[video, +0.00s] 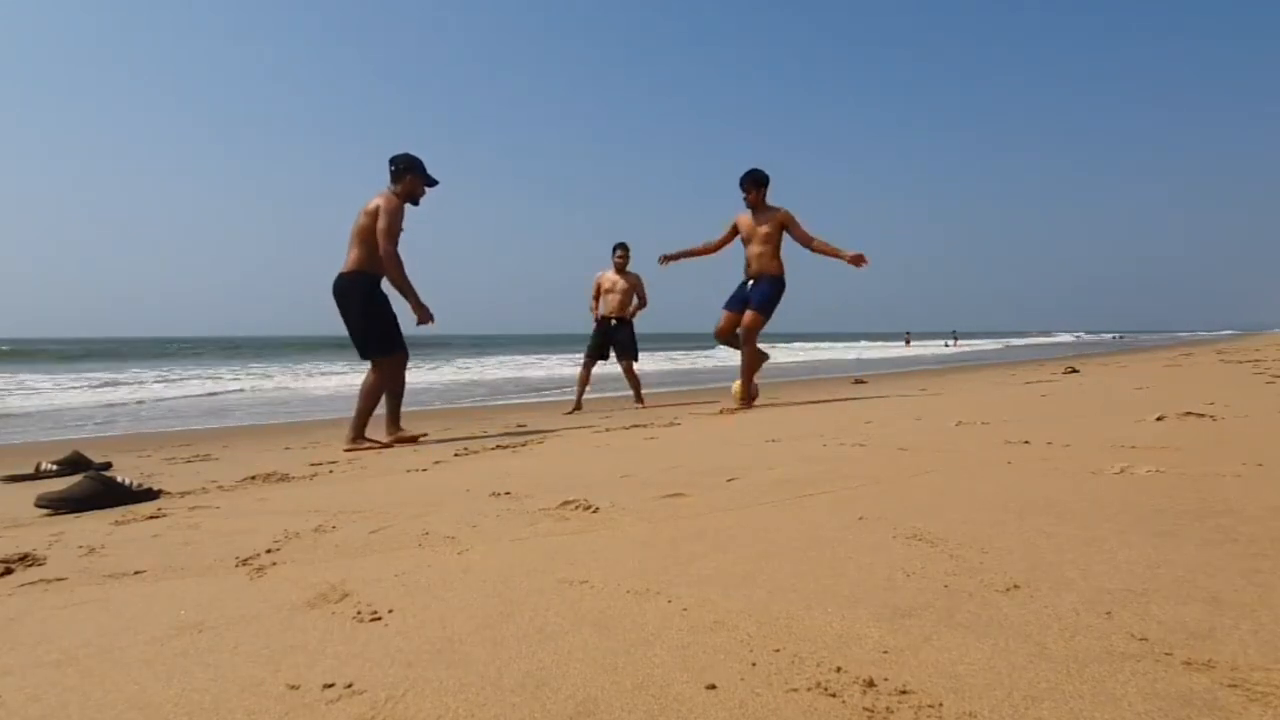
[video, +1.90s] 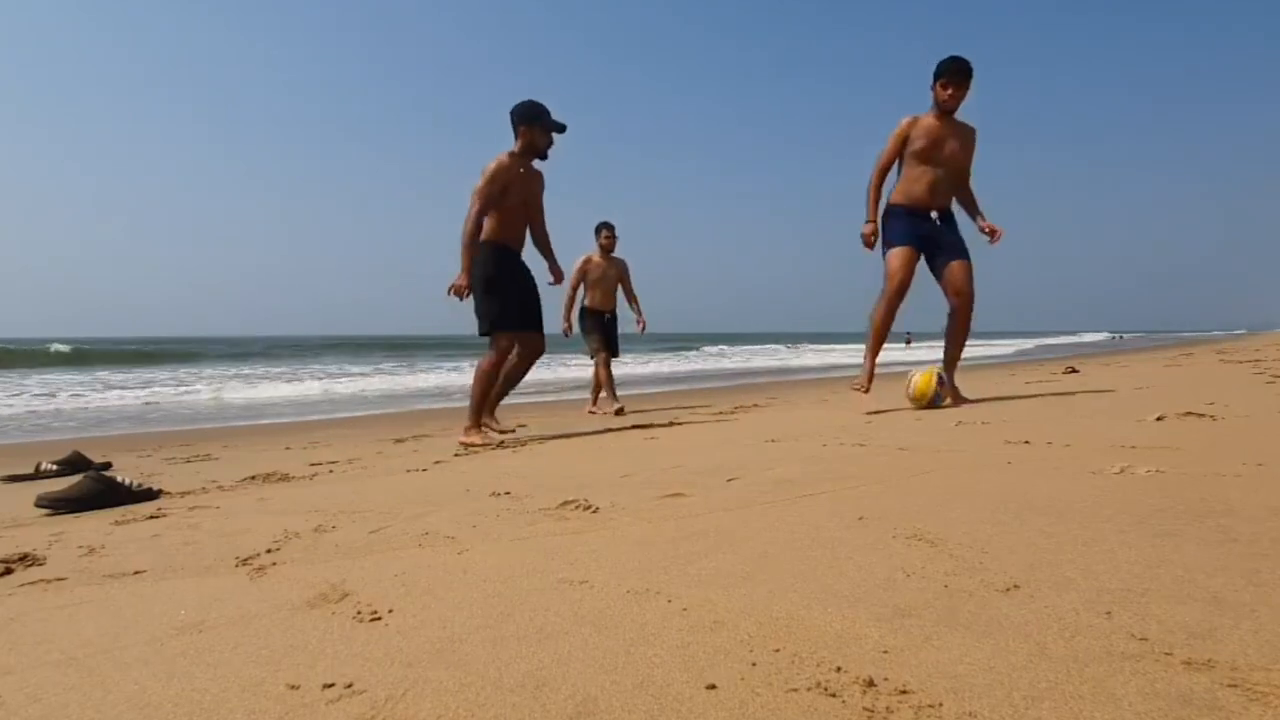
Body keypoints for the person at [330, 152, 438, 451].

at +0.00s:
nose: (424, 190)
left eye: (425, 185)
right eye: (421, 183)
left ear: (401, 180)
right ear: (406, 179)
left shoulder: (384, 204)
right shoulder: (389, 204)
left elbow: (386, 262)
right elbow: (387, 257)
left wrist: (414, 302)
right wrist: (417, 303)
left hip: (363, 286)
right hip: (358, 287)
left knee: (397, 357)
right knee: (383, 363)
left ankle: (393, 429)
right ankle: (355, 436)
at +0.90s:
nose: (447, 218)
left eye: (446, 213)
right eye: (442, 212)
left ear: (423, 214)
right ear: (427, 213)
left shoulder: (408, 238)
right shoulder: (425, 237)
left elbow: (416, 292)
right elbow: (425, 281)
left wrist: (445, 321)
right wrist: (445, 320)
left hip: (387, 307)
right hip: (402, 310)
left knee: (419, 374)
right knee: (423, 376)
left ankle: (395, 426)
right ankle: (367, 416)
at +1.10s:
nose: (465, 228)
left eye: (465, 223)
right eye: (461, 222)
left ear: (441, 222)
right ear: (445, 221)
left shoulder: (424, 244)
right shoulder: (439, 245)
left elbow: (427, 297)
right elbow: (432, 286)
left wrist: (451, 330)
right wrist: (448, 329)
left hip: (392, 311)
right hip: (407, 312)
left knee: (427, 368)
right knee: (457, 367)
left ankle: (398, 424)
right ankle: (413, 415)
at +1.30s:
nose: (487, 204)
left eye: (486, 199)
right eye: (482, 198)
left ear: (462, 198)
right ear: (465, 197)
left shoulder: (444, 220)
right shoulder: (454, 222)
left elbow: (442, 273)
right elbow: (444, 270)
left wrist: (461, 314)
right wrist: (458, 312)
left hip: (413, 295)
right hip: (428, 296)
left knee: (428, 359)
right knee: (469, 359)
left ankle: (406, 418)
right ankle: (448, 426)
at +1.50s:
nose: (507, 177)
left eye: (507, 171)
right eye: (503, 170)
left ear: (486, 171)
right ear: (483, 169)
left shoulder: (481, 212)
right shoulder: (463, 193)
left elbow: (479, 260)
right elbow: (446, 235)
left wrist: (495, 302)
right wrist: (460, 283)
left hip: (444, 275)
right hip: (431, 271)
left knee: (465, 346)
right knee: (466, 344)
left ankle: (446, 420)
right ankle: (439, 419)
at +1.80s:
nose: (537, 156)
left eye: (538, 149)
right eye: (532, 148)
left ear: (517, 148)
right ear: (511, 145)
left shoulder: (521, 196)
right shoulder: (484, 182)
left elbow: (528, 246)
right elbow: (452, 227)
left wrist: (545, 286)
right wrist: (444, 282)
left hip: (496, 273)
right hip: (471, 270)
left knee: (507, 360)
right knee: (492, 351)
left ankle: (458, 408)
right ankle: (465, 430)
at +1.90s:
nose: (552, 139)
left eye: (552, 132)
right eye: (547, 131)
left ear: (532, 133)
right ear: (525, 131)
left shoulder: (535, 177)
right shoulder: (501, 168)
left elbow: (537, 224)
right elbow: (474, 217)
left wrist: (551, 261)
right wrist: (465, 271)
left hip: (513, 262)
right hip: (490, 259)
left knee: (532, 346)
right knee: (501, 345)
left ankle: (487, 409)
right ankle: (471, 427)